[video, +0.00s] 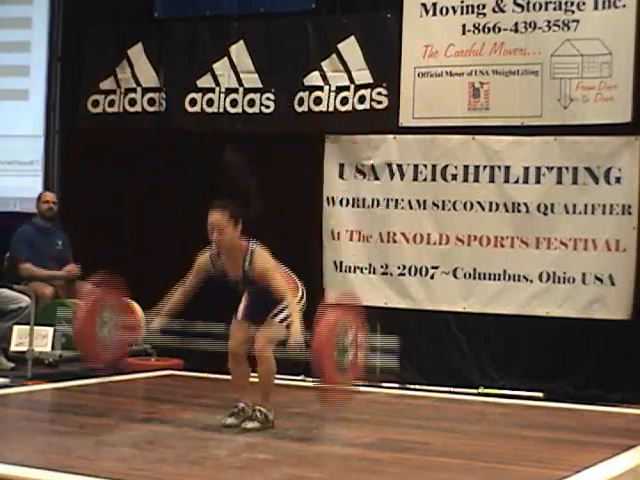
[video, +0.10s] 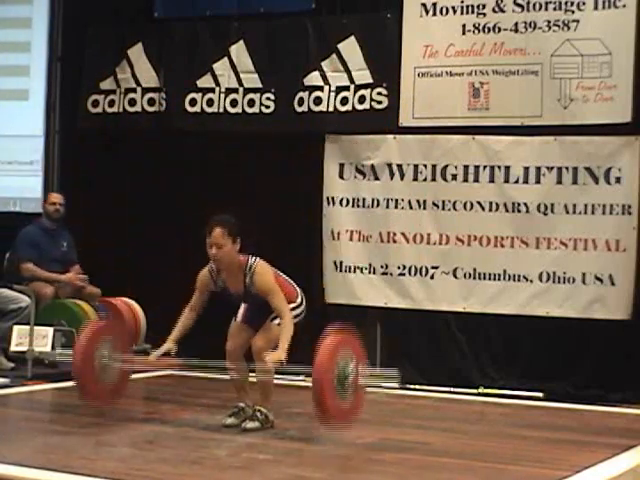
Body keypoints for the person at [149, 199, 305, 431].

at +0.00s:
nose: (214, 236)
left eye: (221, 230)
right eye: (211, 230)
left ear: (237, 229)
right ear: (208, 230)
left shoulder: (258, 258)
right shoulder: (208, 259)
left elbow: (289, 295)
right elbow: (185, 289)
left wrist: (297, 329)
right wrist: (160, 318)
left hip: (286, 296)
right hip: (254, 294)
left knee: (262, 345)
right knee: (236, 347)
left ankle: (265, 410)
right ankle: (243, 405)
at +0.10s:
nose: (213, 252)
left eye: (219, 247)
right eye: (210, 246)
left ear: (236, 246)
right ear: (206, 247)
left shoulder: (259, 273)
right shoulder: (208, 276)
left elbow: (286, 315)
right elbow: (192, 310)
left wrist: (282, 350)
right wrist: (171, 341)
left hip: (288, 305)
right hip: (255, 303)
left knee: (259, 346)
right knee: (233, 348)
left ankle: (264, 410)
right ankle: (244, 405)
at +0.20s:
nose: (212, 255)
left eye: (218, 249)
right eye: (209, 249)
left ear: (235, 247)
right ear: (204, 250)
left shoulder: (260, 273)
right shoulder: (208, 277)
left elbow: (291, 305)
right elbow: (202, 300)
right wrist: (184, 316)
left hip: (282, 305)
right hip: (251, 304)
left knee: (260, 347)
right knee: (233, 349)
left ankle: (264, 411)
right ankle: (245, 405)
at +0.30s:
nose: (212, 249)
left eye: (218, 243)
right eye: (208, 243)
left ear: (235, 242)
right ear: (204, 245)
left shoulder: (260, 267)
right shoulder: (208, 270)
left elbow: (296, 293)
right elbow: (202, 289)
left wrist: (282, 300)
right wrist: (179, 302)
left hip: (284, 299)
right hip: (248, 299)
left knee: (260, 345)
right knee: (235, 349)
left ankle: (265, 410)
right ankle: (244, 405)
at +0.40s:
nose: (213, 243)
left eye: (219, 237)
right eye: (209, 237)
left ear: (236, 236)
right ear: (204, 239)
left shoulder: (259, 262)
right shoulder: (207, 266)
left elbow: (296, 289)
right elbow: (203, 286)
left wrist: (281, 300)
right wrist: (182, 303)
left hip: (281, 298)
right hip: (249, 298)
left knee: (260, 344)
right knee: (235, 348)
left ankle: (264, 410)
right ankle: (244, 405)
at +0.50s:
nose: (216, 238)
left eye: (222, 232)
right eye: (211, 232)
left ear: (237, 232)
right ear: (206, 235)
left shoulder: (258, 260)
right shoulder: (207, 264)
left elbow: (291, 294)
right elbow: (199, 294)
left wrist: (282, 320)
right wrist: (182, 320)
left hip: (281, 298)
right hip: (249, 296)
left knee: (259, 344)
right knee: (234, 345)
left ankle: (264, 410)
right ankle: (244, 404)